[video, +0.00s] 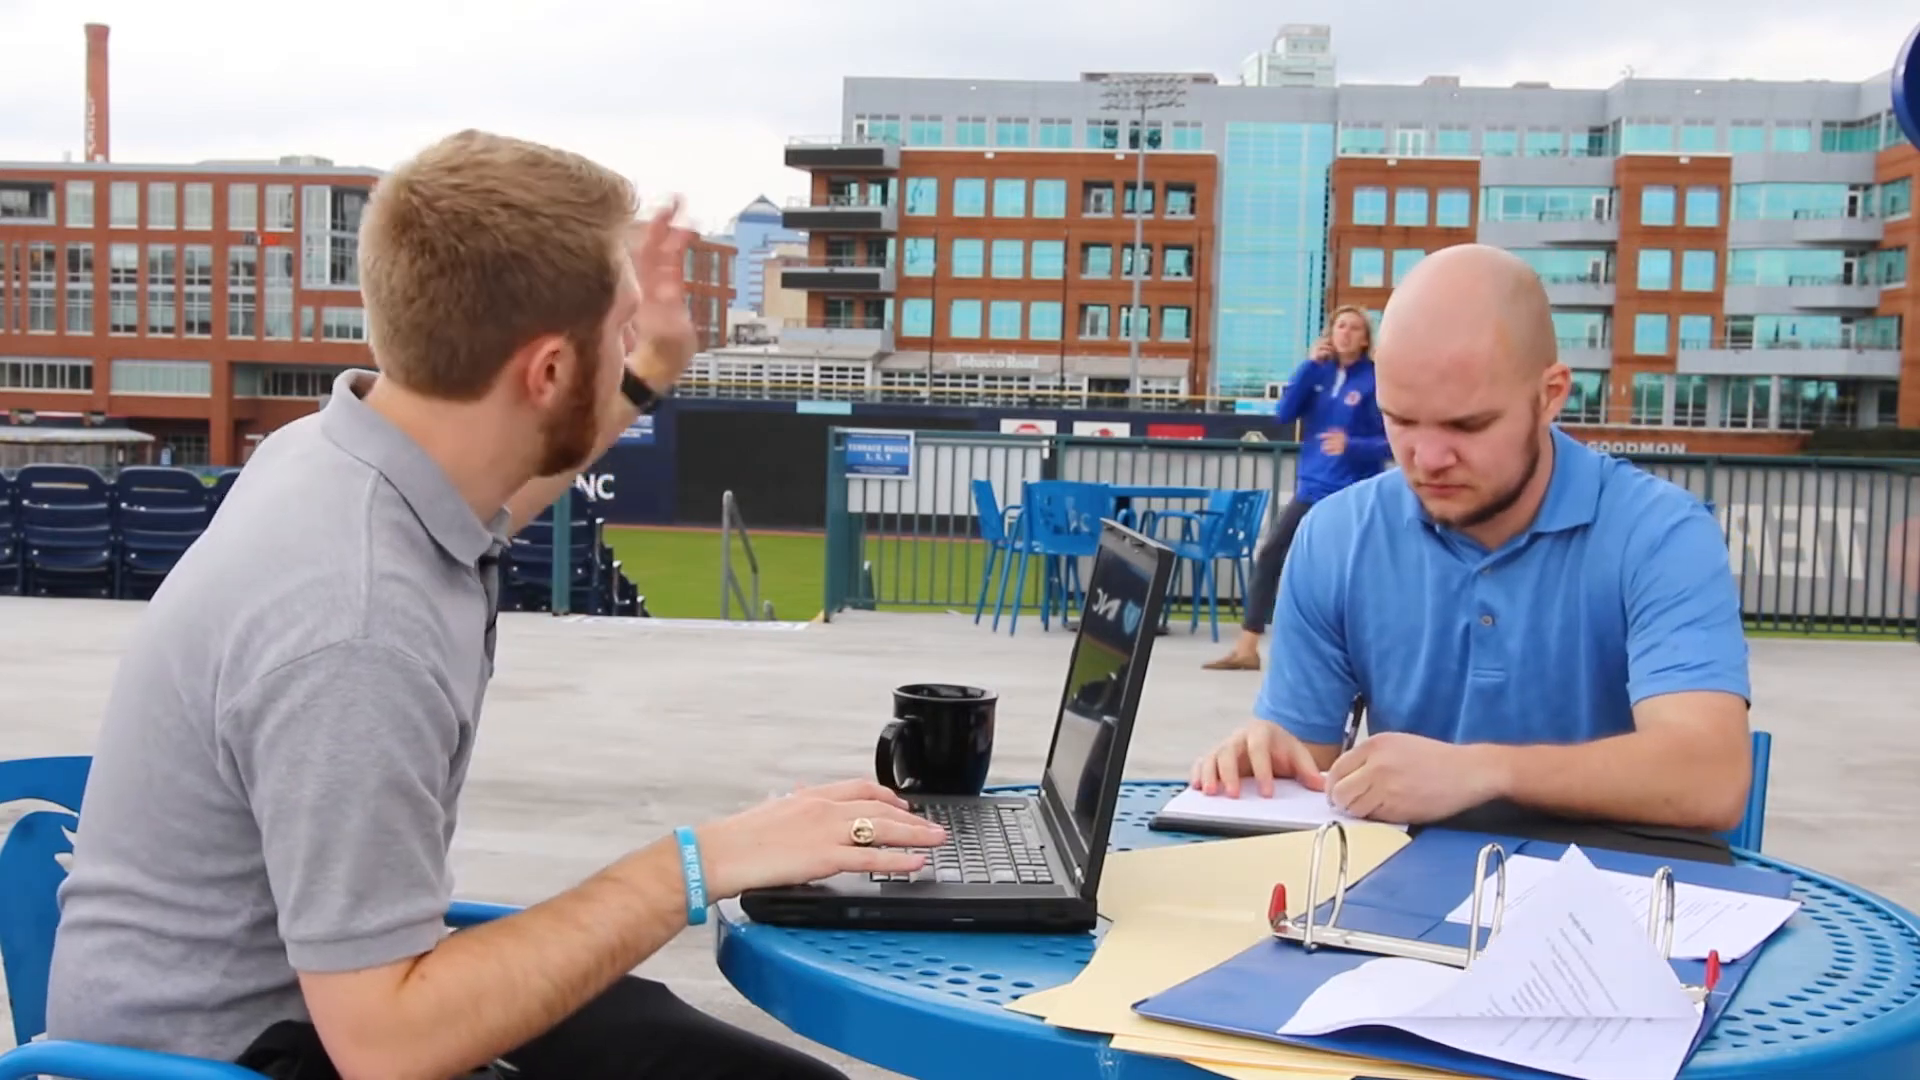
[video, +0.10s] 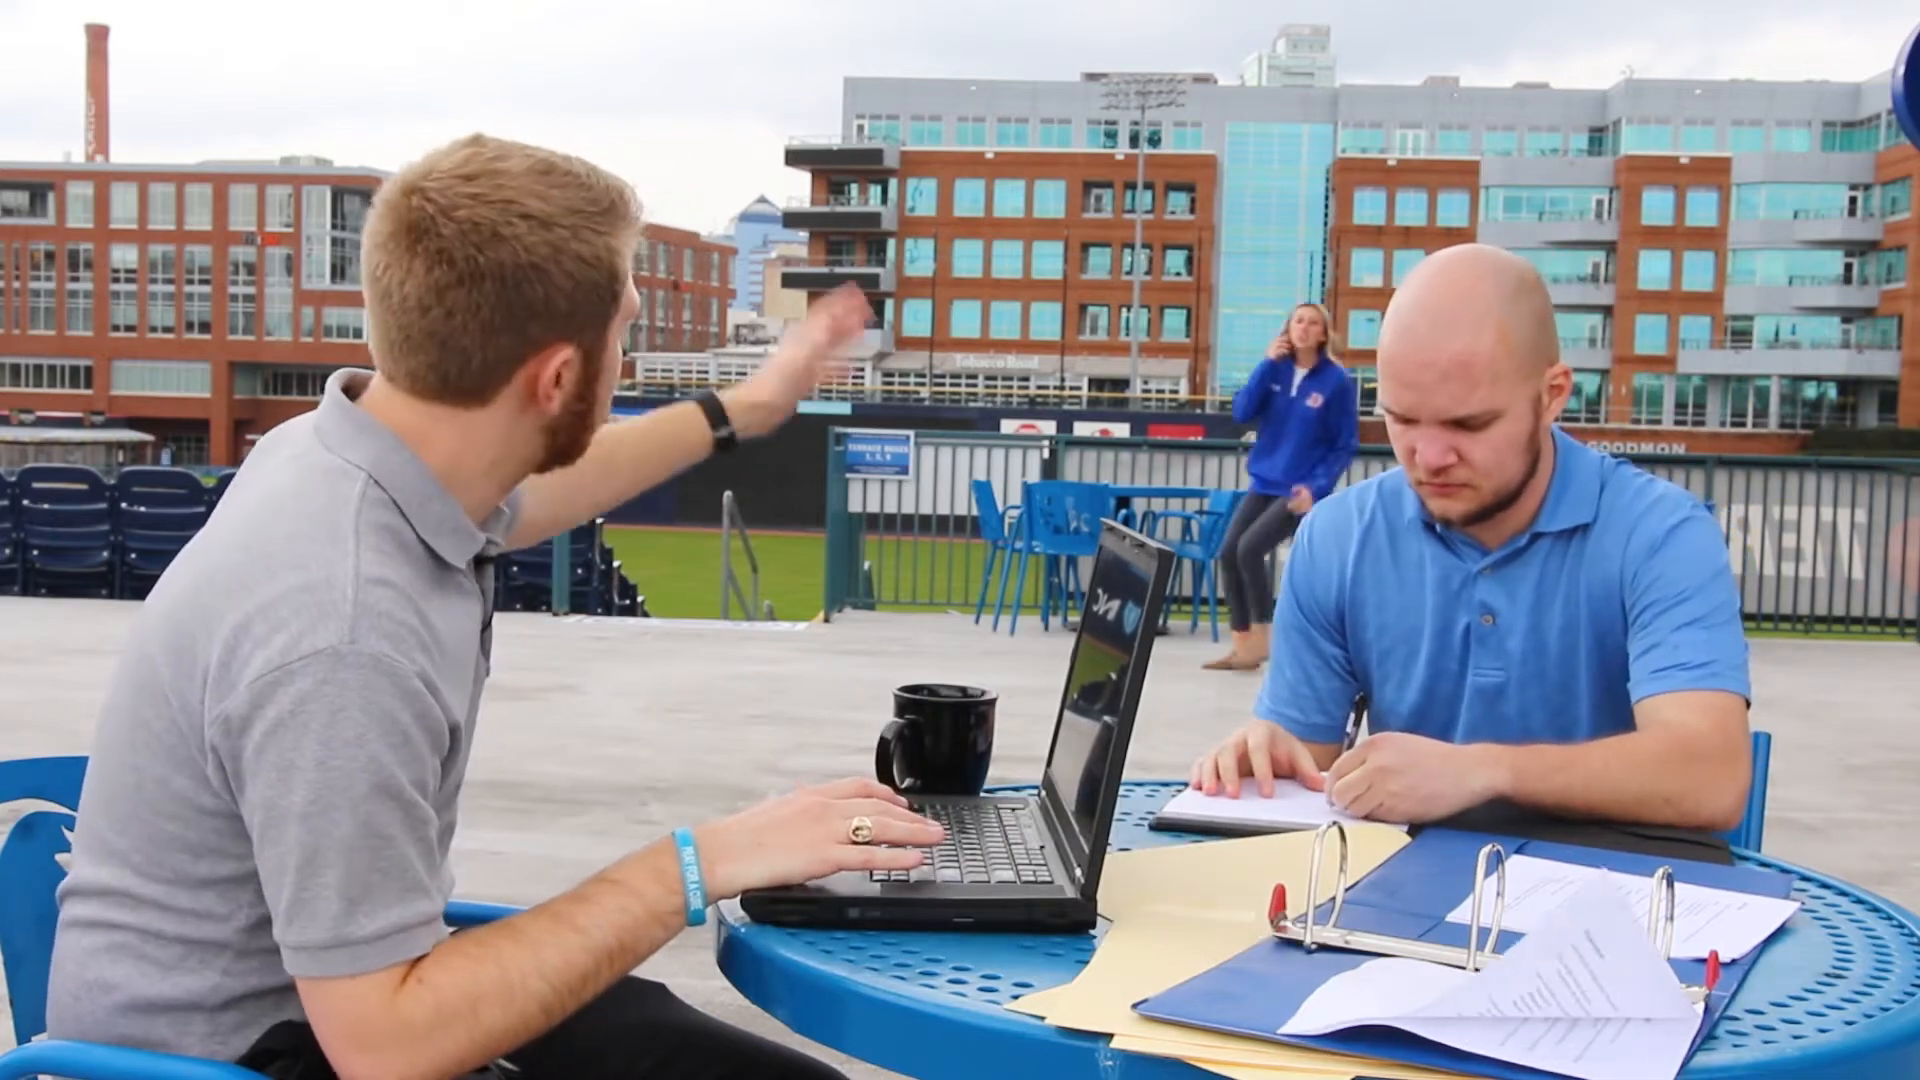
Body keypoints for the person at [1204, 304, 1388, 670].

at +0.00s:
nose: (1346, 333)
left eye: (1354, 328)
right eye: (1342, 327)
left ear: (1367, 337)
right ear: (1331, 332)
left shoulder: (1377, 377)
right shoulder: (1317, 371)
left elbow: (1392, 443)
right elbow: (1285, 413)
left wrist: (1351, 445)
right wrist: (1311, 365)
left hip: (1358, 496)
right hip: (1311, 493)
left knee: (1360, 568)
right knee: (1272, 555)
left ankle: (1362, 666)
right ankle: (1247, 644)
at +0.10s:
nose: (1305, 328)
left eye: (1313, 322)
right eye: (1300, 321)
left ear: (1325, 332)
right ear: (1289, 329)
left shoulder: (1338, 380)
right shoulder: (1275, 368)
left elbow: (1346, 446)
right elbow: (1241, 413)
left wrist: (1316, 488)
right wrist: (1269, 363)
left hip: (1302, 489)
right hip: (1264, 482)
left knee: (1249, 548)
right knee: (1229, 551)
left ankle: (1262, 636)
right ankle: (1243, 641)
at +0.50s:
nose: (1193, 315)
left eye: (1201, 310)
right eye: (1187, 308)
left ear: (1210, 319)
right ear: (1174, 313)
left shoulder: (1221, 366)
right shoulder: (1152, 349)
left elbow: (1240, 424)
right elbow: (1123, 395)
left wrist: (1254, 470)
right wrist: (1153, 345)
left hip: (1195, 477)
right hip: (1148, 472)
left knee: (1175, 553)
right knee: (1123, 550)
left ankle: (1182, 649)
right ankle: (1113, 639)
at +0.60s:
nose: (1177, 310)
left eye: (1185, 305)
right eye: (1171, 303)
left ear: (1195, 314)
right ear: (1158, 309)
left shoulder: (1206, 360)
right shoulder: (1136, 347)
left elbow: (1224, 420)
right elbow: (1108, 391)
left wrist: (1237, 472)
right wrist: (1139, 343)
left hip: (1184, 474)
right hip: (1138, 470)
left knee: (1175, 555)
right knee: (1119, 552)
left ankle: (1181, 648)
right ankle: (1111, 642)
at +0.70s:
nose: (1164, 309)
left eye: (1172, 303)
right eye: (1158, 301)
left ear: (1182, 312)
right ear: (1145, 307)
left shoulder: (1195, 357)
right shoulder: (1125, 346)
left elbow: (1216, 417)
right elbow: (1096, 391)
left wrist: (1233, 471)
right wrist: (1126, 343)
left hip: (1176, 473)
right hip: (1129, 470)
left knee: (1173, 556)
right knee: (1118, 554)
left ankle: (1181, 648)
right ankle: (1112, 642)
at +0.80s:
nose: (1153, 308)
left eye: (1161, 302)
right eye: (1147, 301)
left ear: (1171, 311)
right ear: (1135, 307)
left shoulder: (1186, 356)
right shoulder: (1116, 346)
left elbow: (1212, 415)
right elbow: (1085, 391)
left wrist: (1236, 470)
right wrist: (1115, 340)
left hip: (1171, 473)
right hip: (1123, 470)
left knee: (1171, 555)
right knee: (1113, 555)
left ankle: (1181, 647)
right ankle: (1109, 643)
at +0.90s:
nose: (1141, 309)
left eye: (1148, 303)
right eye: (1135, 302)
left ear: (1160, 311)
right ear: (1124, 308)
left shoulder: (1177, 355)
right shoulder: (1106, 347)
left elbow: (1208, 412)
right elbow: (1074, 390)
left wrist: (1235, 466)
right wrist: (1107, 341)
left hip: (1165, 474)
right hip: (1118, 472)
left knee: (1169, 557)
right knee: (1110, 557)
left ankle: (1182, 649)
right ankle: (1108, 645)